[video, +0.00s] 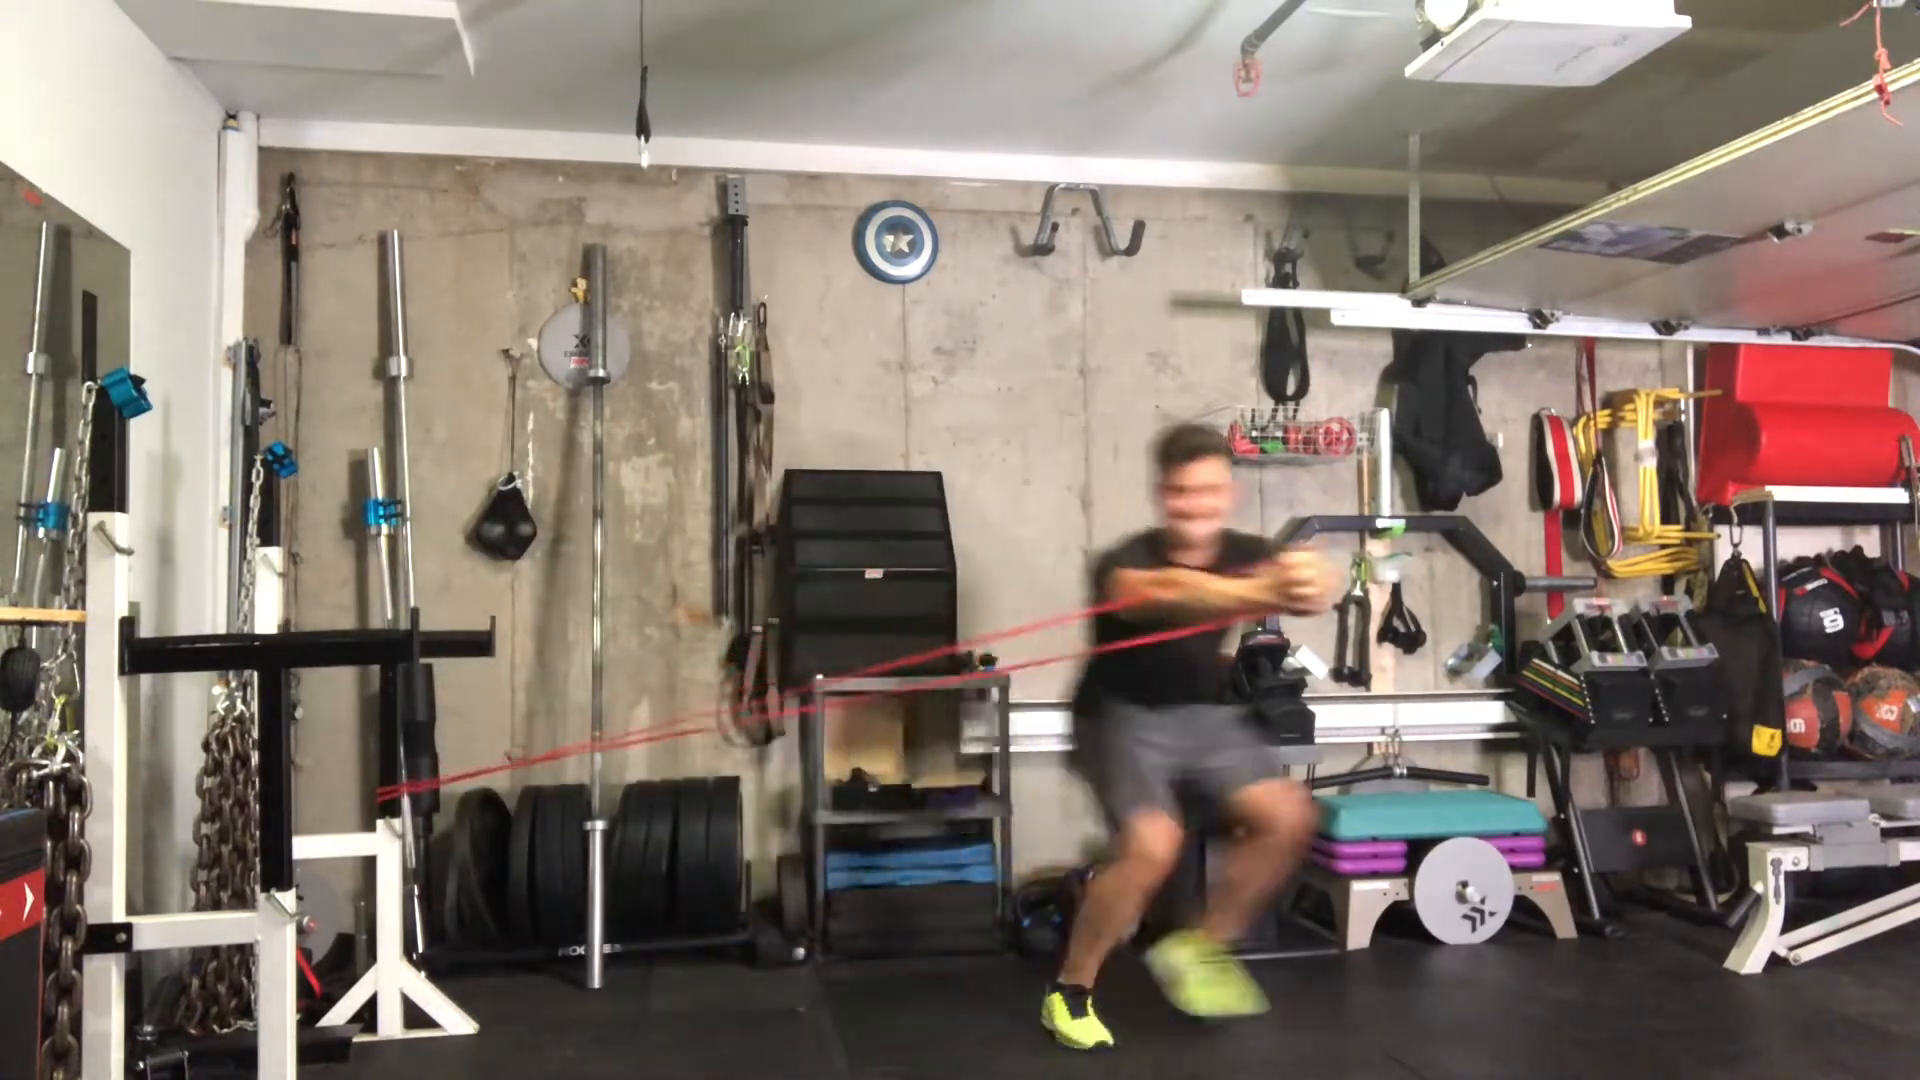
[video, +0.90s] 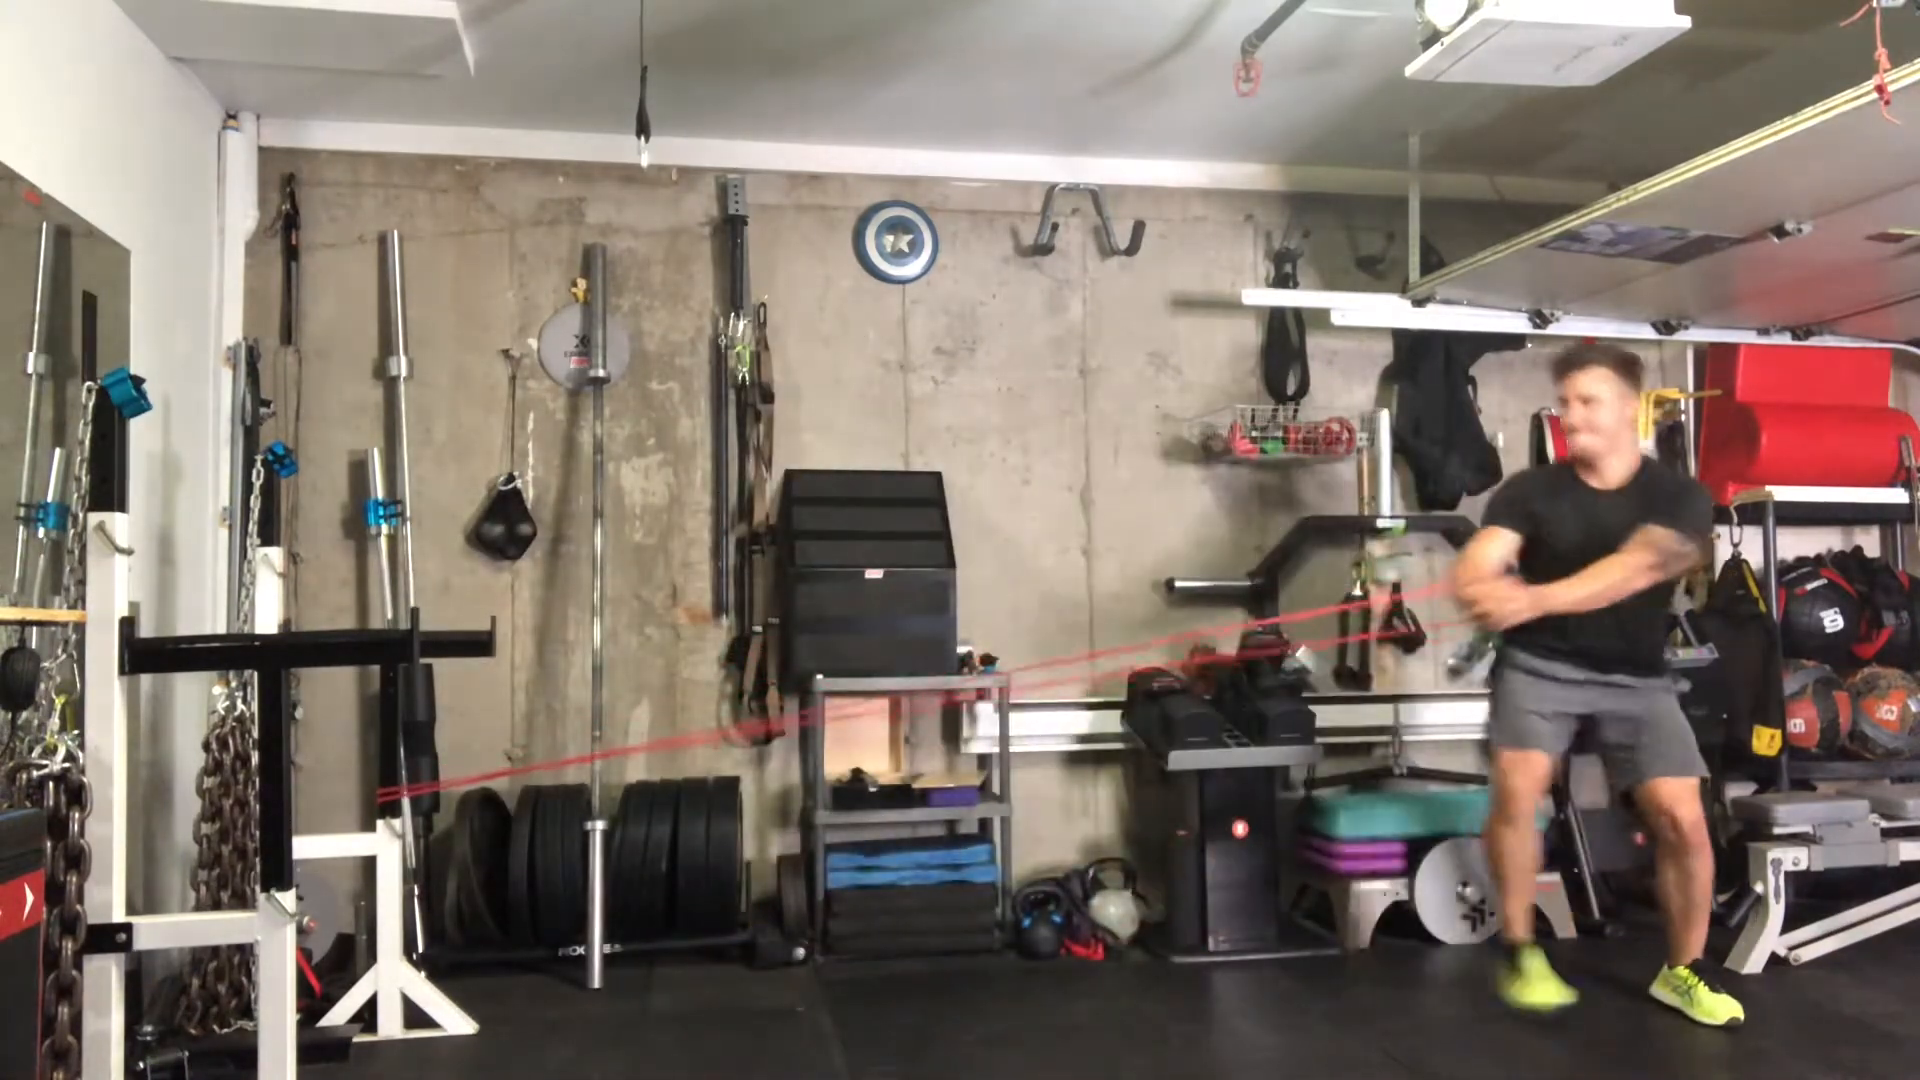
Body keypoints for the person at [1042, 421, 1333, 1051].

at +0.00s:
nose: (1194, 505)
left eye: (1208, 490)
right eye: (1180, 491)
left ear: (1229, 495)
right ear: (1161, 495)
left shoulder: (1247, 555)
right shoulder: (1127, 565)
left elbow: (1302, 588)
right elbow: (1172, 596)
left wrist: (1308, 580)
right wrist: (1265, 592)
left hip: (1210, 719)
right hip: (1127, 722)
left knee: (1287, 815)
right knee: (1152, 844)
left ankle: (1202, 945)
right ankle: (1072, 990)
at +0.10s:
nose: (1272, 501)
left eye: (1288, 487)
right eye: (1260, 488)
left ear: (1310, 493)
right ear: (1243, 493)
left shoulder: (1326, 555)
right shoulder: (1205, 564)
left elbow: (1380, 578)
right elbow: (1246, 593)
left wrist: (1399, 575)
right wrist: (1350, 590)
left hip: (1284, 724)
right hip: (1195, 734)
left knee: (1409, 798)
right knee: (1181, 861)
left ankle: (1403, 935)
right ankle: (1075, 990)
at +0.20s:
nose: (1379, 478)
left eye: (1395, 464)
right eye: (1367, 465)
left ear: (1423, 466)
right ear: (1346, 467)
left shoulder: (1443, 536)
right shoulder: (1302, 543)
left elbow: (1489, 577)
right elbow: (1336, 579)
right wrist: (1439, 582)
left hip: (1382, 718)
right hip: (1287, 727)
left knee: (1511, 818)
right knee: (1223, 858)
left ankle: (1616, 948)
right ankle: (1088, 985)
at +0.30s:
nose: (1485, 494)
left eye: (1499, 478)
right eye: (1470, 479)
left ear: (1523, 480)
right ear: (1444, 483)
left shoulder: (1538, 538)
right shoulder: (1417, 543)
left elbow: (1592, 580)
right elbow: (1395, 571)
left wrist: (1570, 557)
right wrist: (1507, 566)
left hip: (1502, 726)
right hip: (1407, 725)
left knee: (1595, 845)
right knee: (1382, 843)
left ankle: (1670, 977)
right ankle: (1218, 939)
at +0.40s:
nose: (1564, 503)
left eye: (1579, 489)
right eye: (1551, 488)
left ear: (1602, 496)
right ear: (1527, 491)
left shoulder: (1603, 560)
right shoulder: (1491, 551)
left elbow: (1654, 588)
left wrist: (1654, 567)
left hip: (1553, 721)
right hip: (1462, 713)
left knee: (1630, 833)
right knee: (1528, 812)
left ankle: (1675, 974)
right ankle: (1461, 952)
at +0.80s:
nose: (1597, 438)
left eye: (1615, 425)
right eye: (1588, 425)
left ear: (1656, 434)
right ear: (1577, 435)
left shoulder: (1697, 513)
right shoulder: (1544, 503)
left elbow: (1678, 566)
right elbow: (1509, 563)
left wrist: (1601, 580)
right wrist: (1567, 570)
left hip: (1641, 691)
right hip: (1548, 686)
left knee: (1687, 817)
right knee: (1564, 803)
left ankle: (1682, 970)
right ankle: (1552, 966)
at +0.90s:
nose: (1571, 416)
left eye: (1588, 402)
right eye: (1565, 404)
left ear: (1633, 407)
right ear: (1560, 413)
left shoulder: (1681, 498)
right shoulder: (1531, 490)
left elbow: (1633, 569)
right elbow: (1473, 567)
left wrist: (1536, 599)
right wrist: (1490, 595)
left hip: (1638, 681)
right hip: (1538, 671)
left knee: (1684, 818)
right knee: (1519, 791)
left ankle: (1682, 970)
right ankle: (1521, 950)